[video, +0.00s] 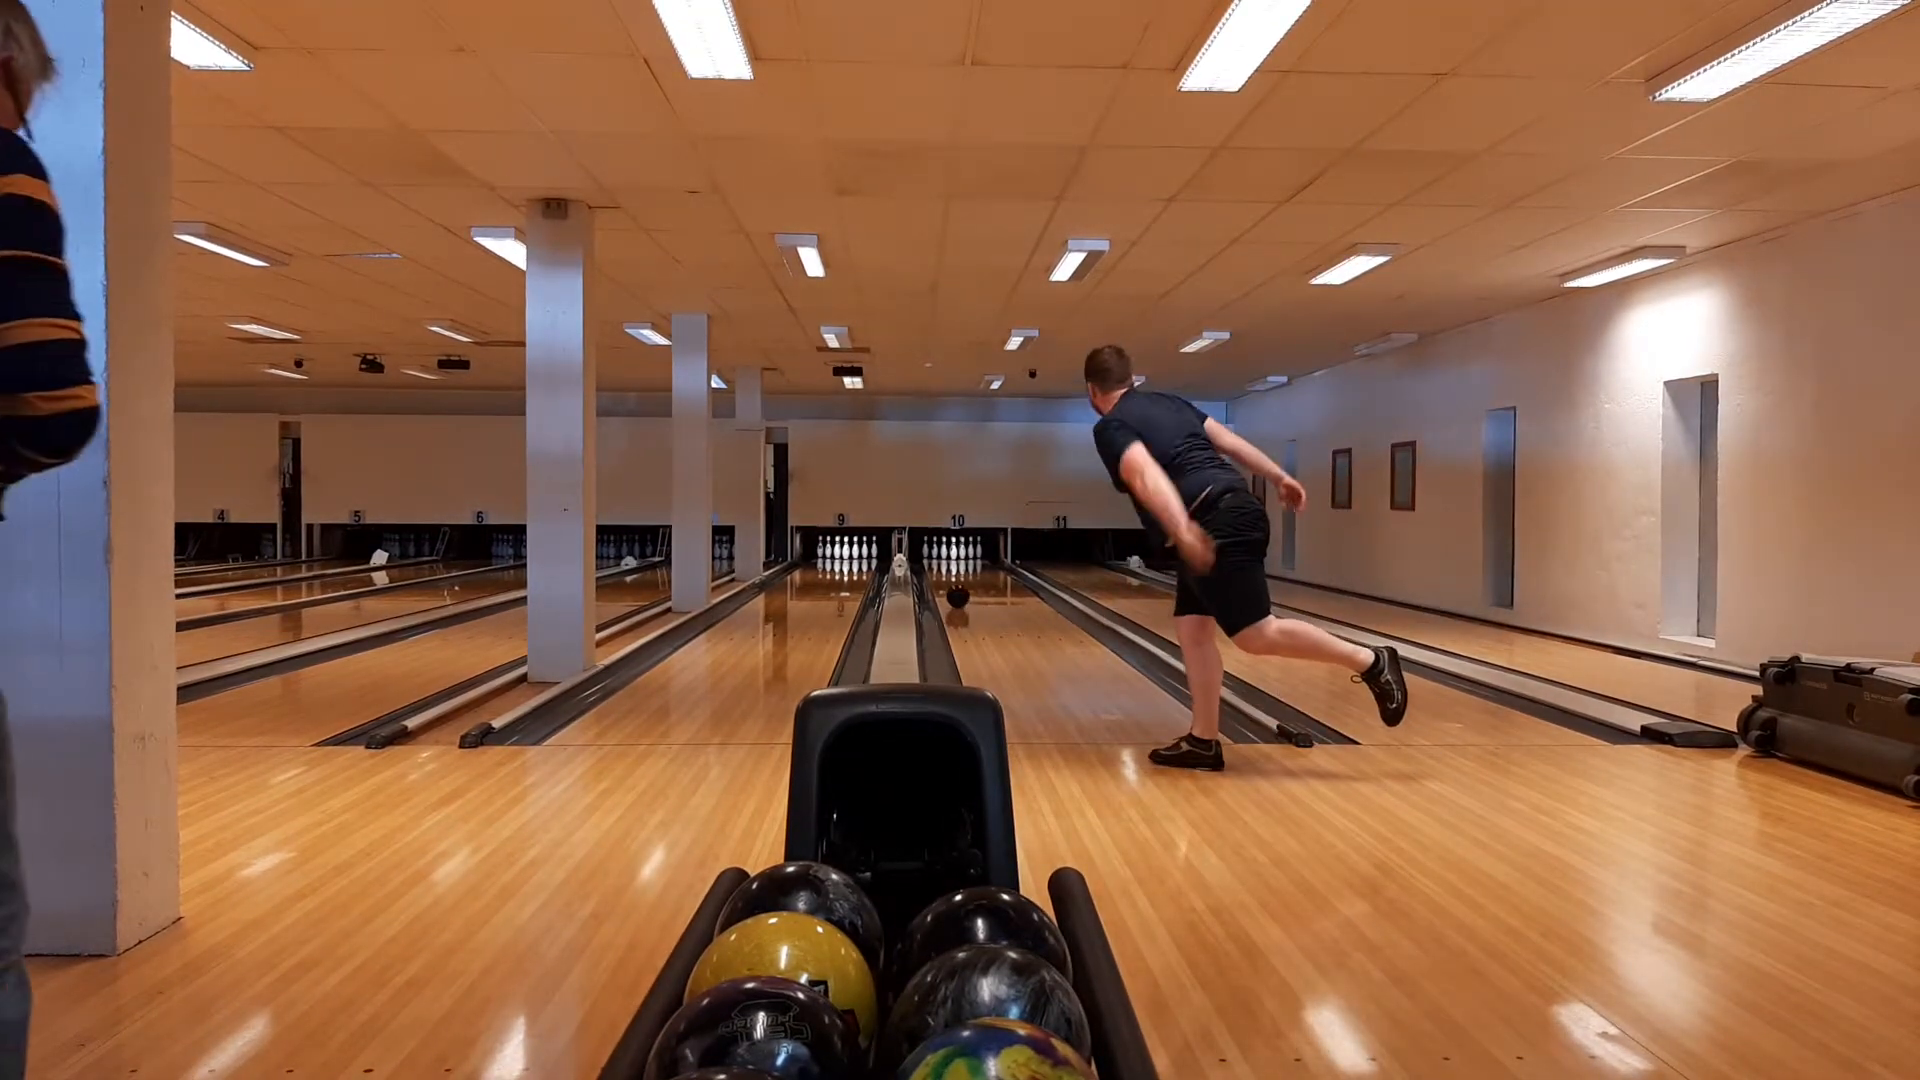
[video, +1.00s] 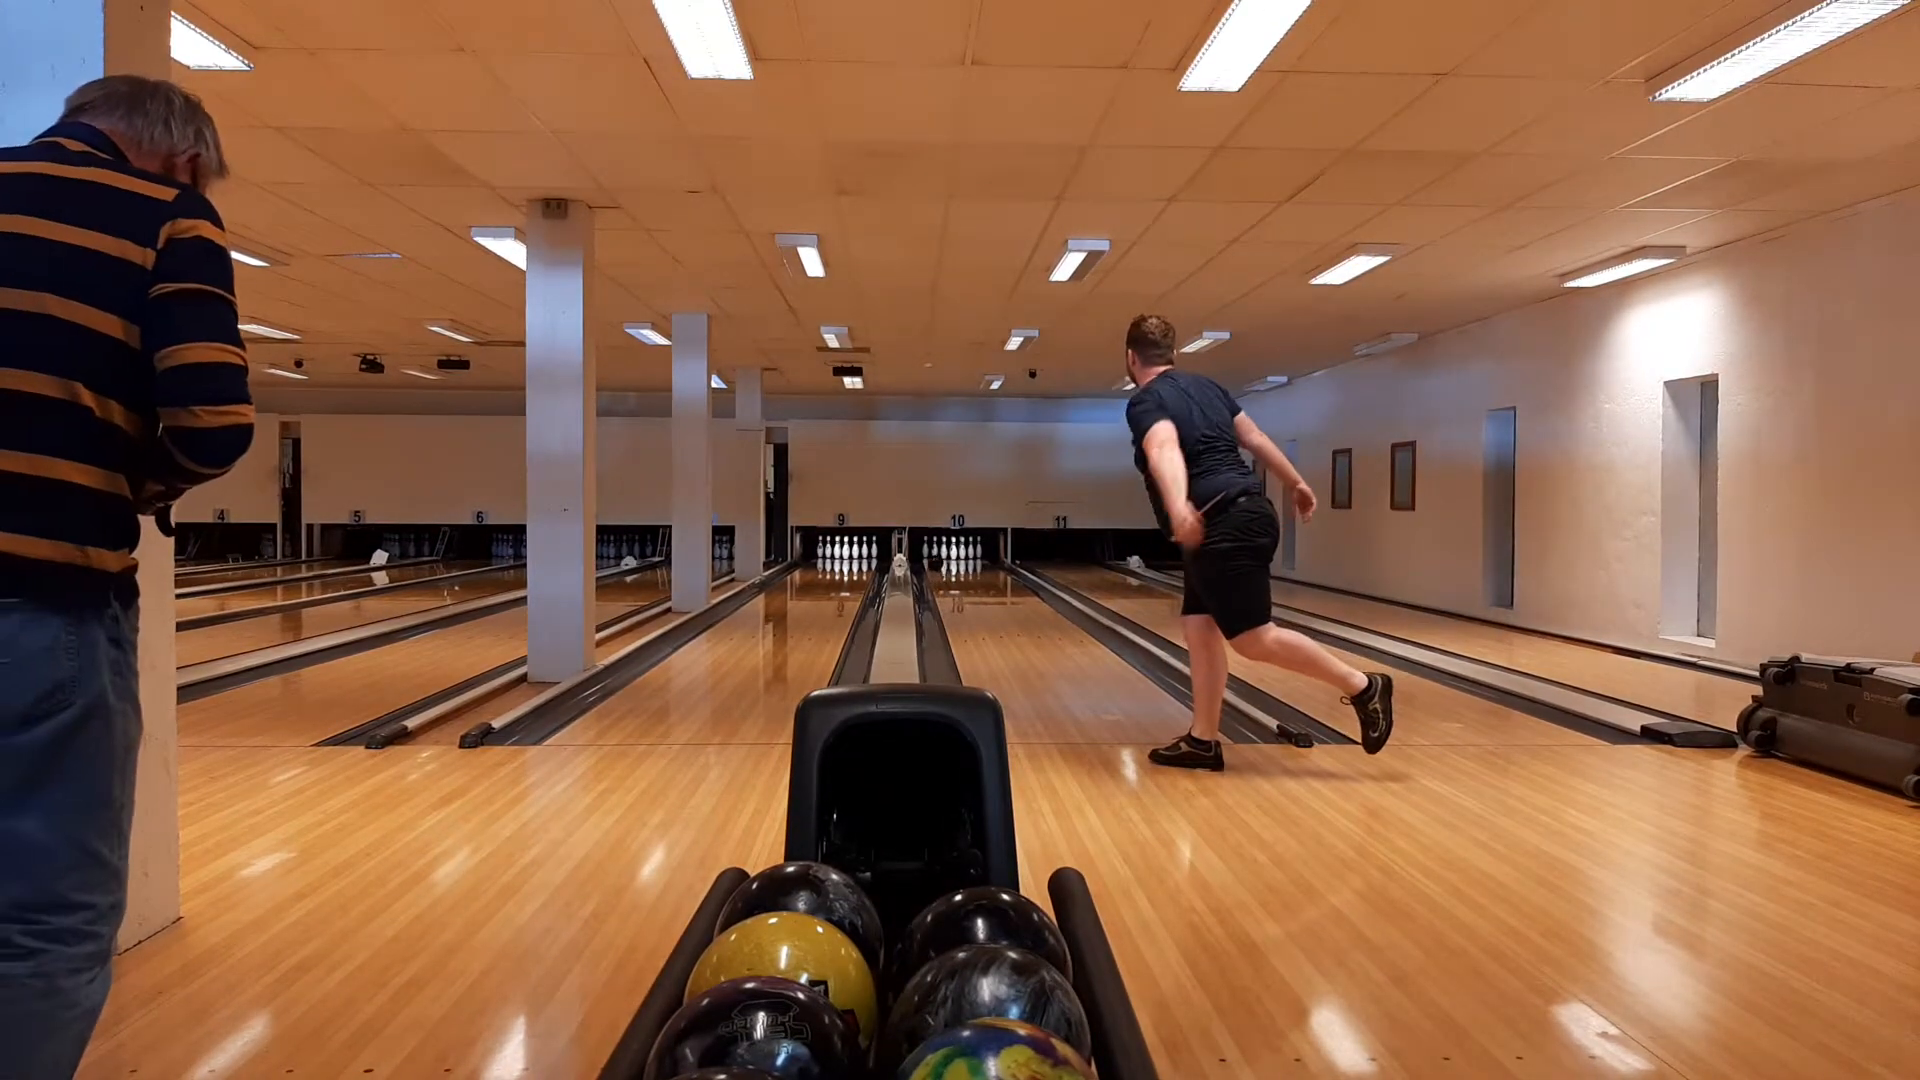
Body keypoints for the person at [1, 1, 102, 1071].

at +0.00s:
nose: (23, 99)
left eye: (20, 82)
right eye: (23, 80)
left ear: (5, 75)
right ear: (12, 71)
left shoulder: (12, 158)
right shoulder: (7, 158)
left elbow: (53, 407)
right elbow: (56, 406)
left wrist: (1, 463)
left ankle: (9, 1026)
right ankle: (4, 1031)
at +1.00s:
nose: (200, 199)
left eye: (208, 188)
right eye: (202, 186)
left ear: (78, 128)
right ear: (176, 159)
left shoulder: (1, 174)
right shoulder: (169, 209)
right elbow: (215, 422)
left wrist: (145, 470)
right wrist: (145, 481)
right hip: (47, 605)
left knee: (38, 922)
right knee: (49, 932)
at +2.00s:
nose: (195, 124)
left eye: (196, 102)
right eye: (193, 100)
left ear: (50, 83)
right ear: (159, 99)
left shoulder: (0, 167)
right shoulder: (176, 203)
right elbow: (228, 430)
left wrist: (158, 467)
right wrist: (152, 477)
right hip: (53, 611)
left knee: (34, 925)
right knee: (42, 940)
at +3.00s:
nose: (186, 128)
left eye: (189, 109)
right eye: (188, 107)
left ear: (44, 84)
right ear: (161, 101)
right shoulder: (169, 206)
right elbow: (230, 431)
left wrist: (155, 465)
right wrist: (149, 476)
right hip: (55, 614)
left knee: (35, 919)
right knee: (48, 933)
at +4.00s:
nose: (176, 112)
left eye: (179, 86)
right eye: (175, 84)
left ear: (28, 54)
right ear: (135, 74)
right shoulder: (146, 206)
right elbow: (183, 434)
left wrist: (189, 517)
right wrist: (209, 527)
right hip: (38, 614)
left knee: (33, 929)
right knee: (37, 942)